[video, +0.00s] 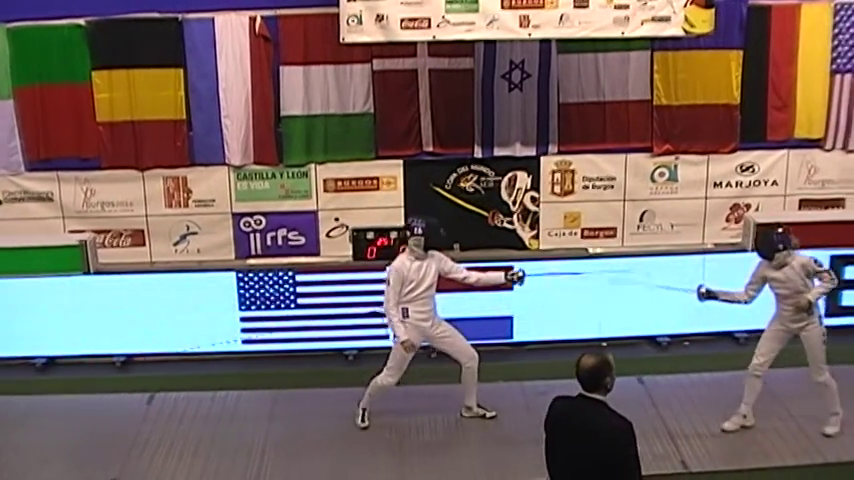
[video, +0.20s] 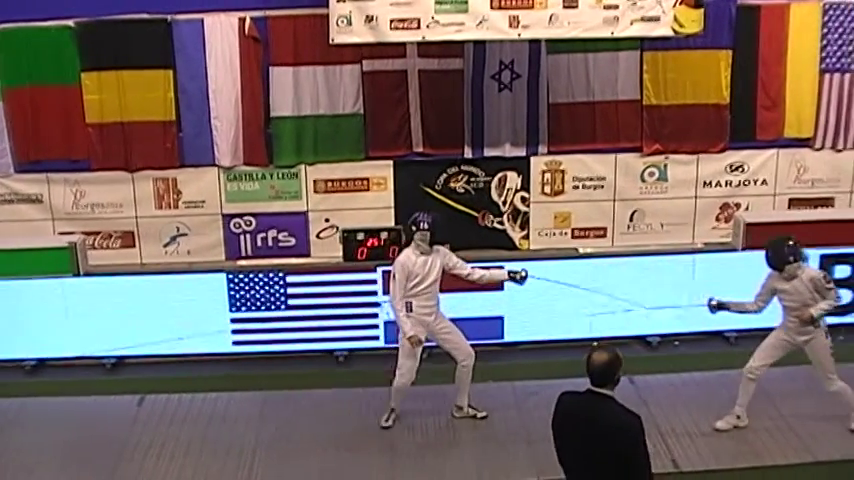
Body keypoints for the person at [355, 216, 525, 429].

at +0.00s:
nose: (419, 242)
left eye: (422, 238)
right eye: (415, 238)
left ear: (427, 239)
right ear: (407, 239)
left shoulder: (436, 259)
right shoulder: (398, 267)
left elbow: (468, 277)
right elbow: (391, 305)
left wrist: (505, 277)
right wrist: (401, 335)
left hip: (434, 324)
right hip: (409, 328)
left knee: (470, 358)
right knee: (389, 379)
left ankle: (470, 407)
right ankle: (364, 406)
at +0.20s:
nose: (423, 236)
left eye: (426, 232)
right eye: (419, 232)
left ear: (431, 234)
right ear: (412, 233)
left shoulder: (441, 254)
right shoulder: (403, 261)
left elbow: (472, 273)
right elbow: (396, 300)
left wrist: (508, 275)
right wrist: (408, 331)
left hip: (435, 318)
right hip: (411, 320)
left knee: (466, 356)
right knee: (404, 376)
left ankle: (461, 407)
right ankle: (392, 409)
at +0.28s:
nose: (421, 236)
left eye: (425, 232)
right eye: (417, 232)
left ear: (429, 234)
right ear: (409, 232)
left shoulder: (438, 255)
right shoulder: (400, 261)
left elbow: (467, 275)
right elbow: (393, 301)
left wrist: (503, 277)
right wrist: (407, 331)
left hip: (432, 318)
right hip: (408, 321)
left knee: (463, 357)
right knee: (403, 376)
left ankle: (458, 407)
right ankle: (396, 409)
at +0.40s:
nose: (410, 242)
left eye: (415, 238)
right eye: (407, 237)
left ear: (420, 240)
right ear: (399, 238)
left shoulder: (427, 260)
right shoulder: (391, 266)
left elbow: (455, 281)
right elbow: (385, 307)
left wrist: (492, 283)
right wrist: (397, 336)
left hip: (425, 323)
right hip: (402, 327)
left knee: (459, 356)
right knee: (393, 384)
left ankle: (452, 407)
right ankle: (367, 408)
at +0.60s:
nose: (381, 250)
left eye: (385, 246)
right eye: (377, 245)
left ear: (390, 248)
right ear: (370, 248)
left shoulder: (397, 269)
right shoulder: (363, 275)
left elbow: (427, 289)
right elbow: (356, 314)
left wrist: (461, 292)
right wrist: (370, 345)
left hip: (394, 330)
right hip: (371, 334)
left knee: (435, 357)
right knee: (363, 390)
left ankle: (440, 407)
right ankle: (337, 412)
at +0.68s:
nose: (370, 245)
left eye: (374, 241)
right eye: (367, 240)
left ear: (380, 244)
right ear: (360, 242)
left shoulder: (385, 266)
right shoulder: (350, 271)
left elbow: (412, 289)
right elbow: (343, 310)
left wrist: (446, 296)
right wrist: (357, 340)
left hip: (381, 328)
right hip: (358, 331)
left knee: (419, 358)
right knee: (352, 387)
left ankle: (433, 407)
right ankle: (331, 413)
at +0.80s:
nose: (356, 242)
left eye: (360, 238)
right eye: (352, 237)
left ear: (365, 240)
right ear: (345, 238)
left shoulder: (369, 262)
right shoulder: (334, 267)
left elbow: (390, 289)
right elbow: (326, 308)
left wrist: (423, 303)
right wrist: (340, 338)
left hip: (364, 324)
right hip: (341, 326)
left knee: (399, 360)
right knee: (340, 382)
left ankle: (407, 408)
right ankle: (326, 414)